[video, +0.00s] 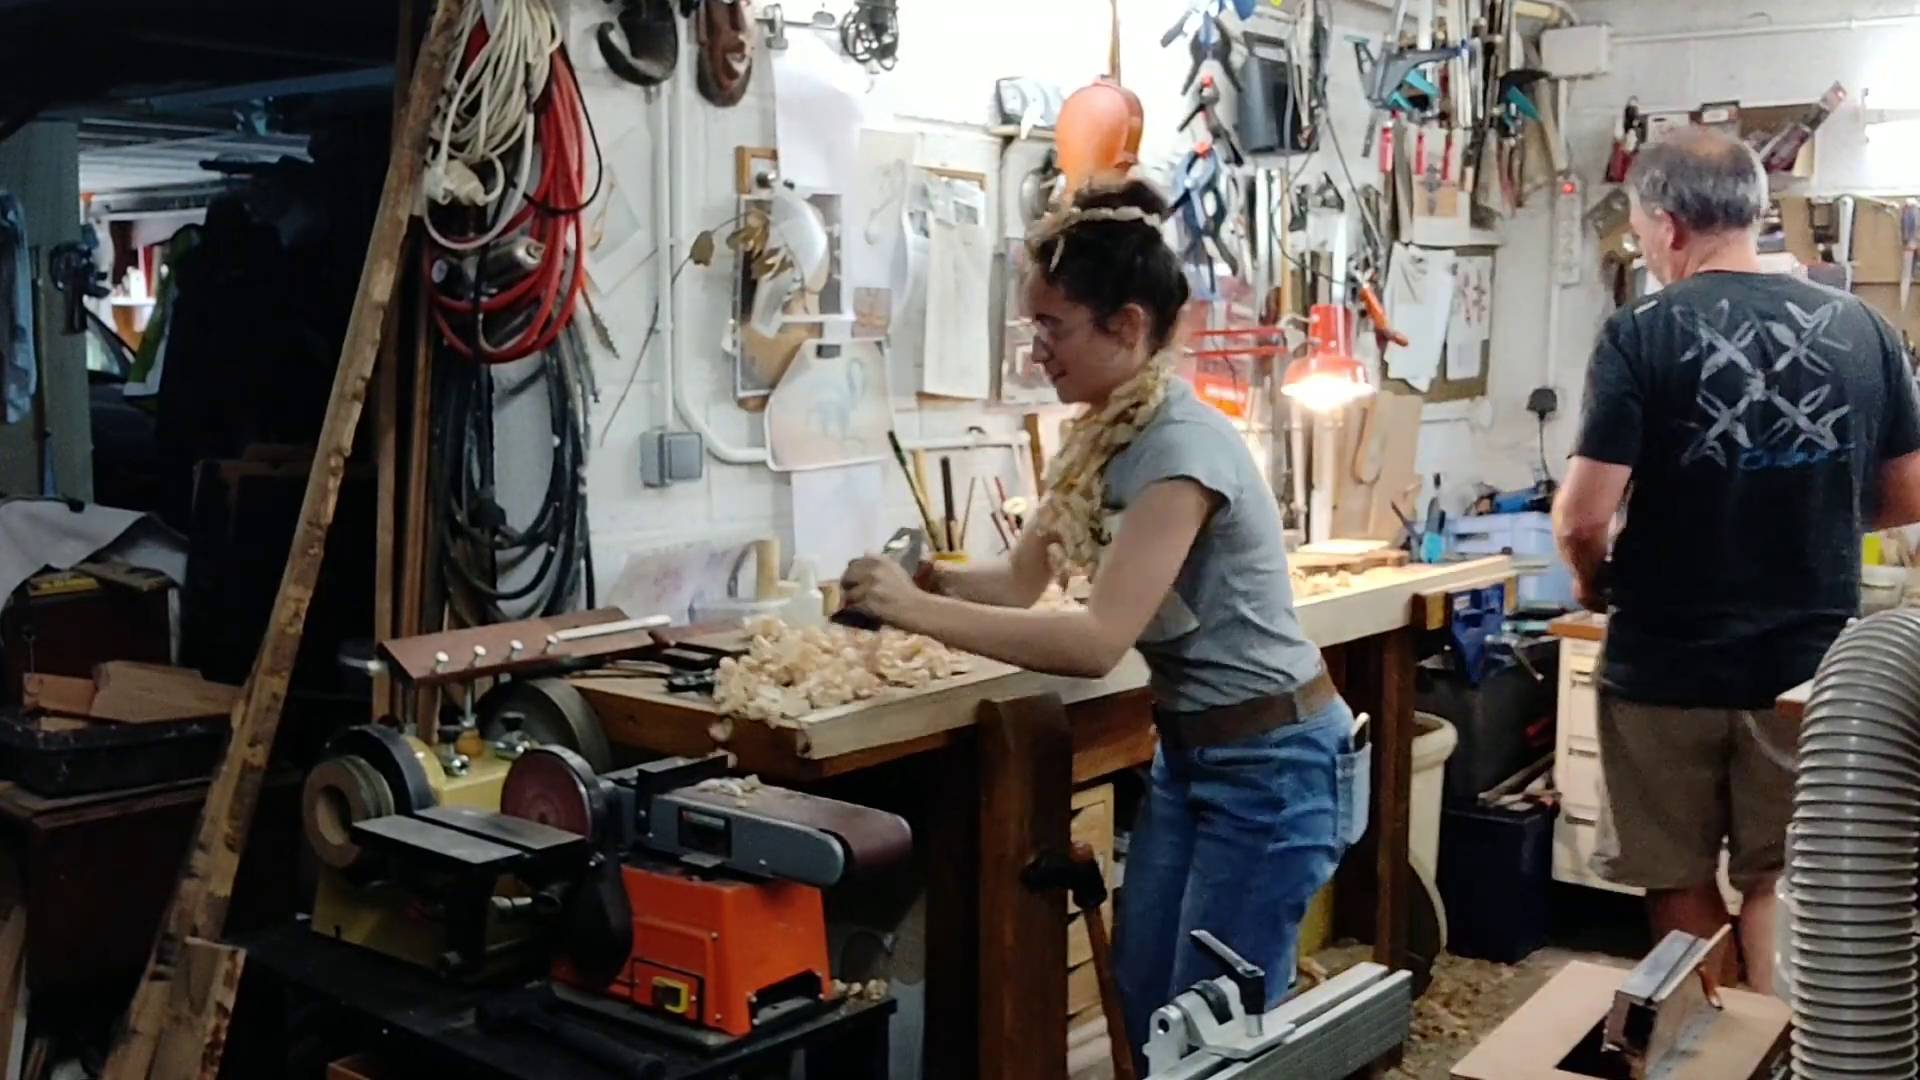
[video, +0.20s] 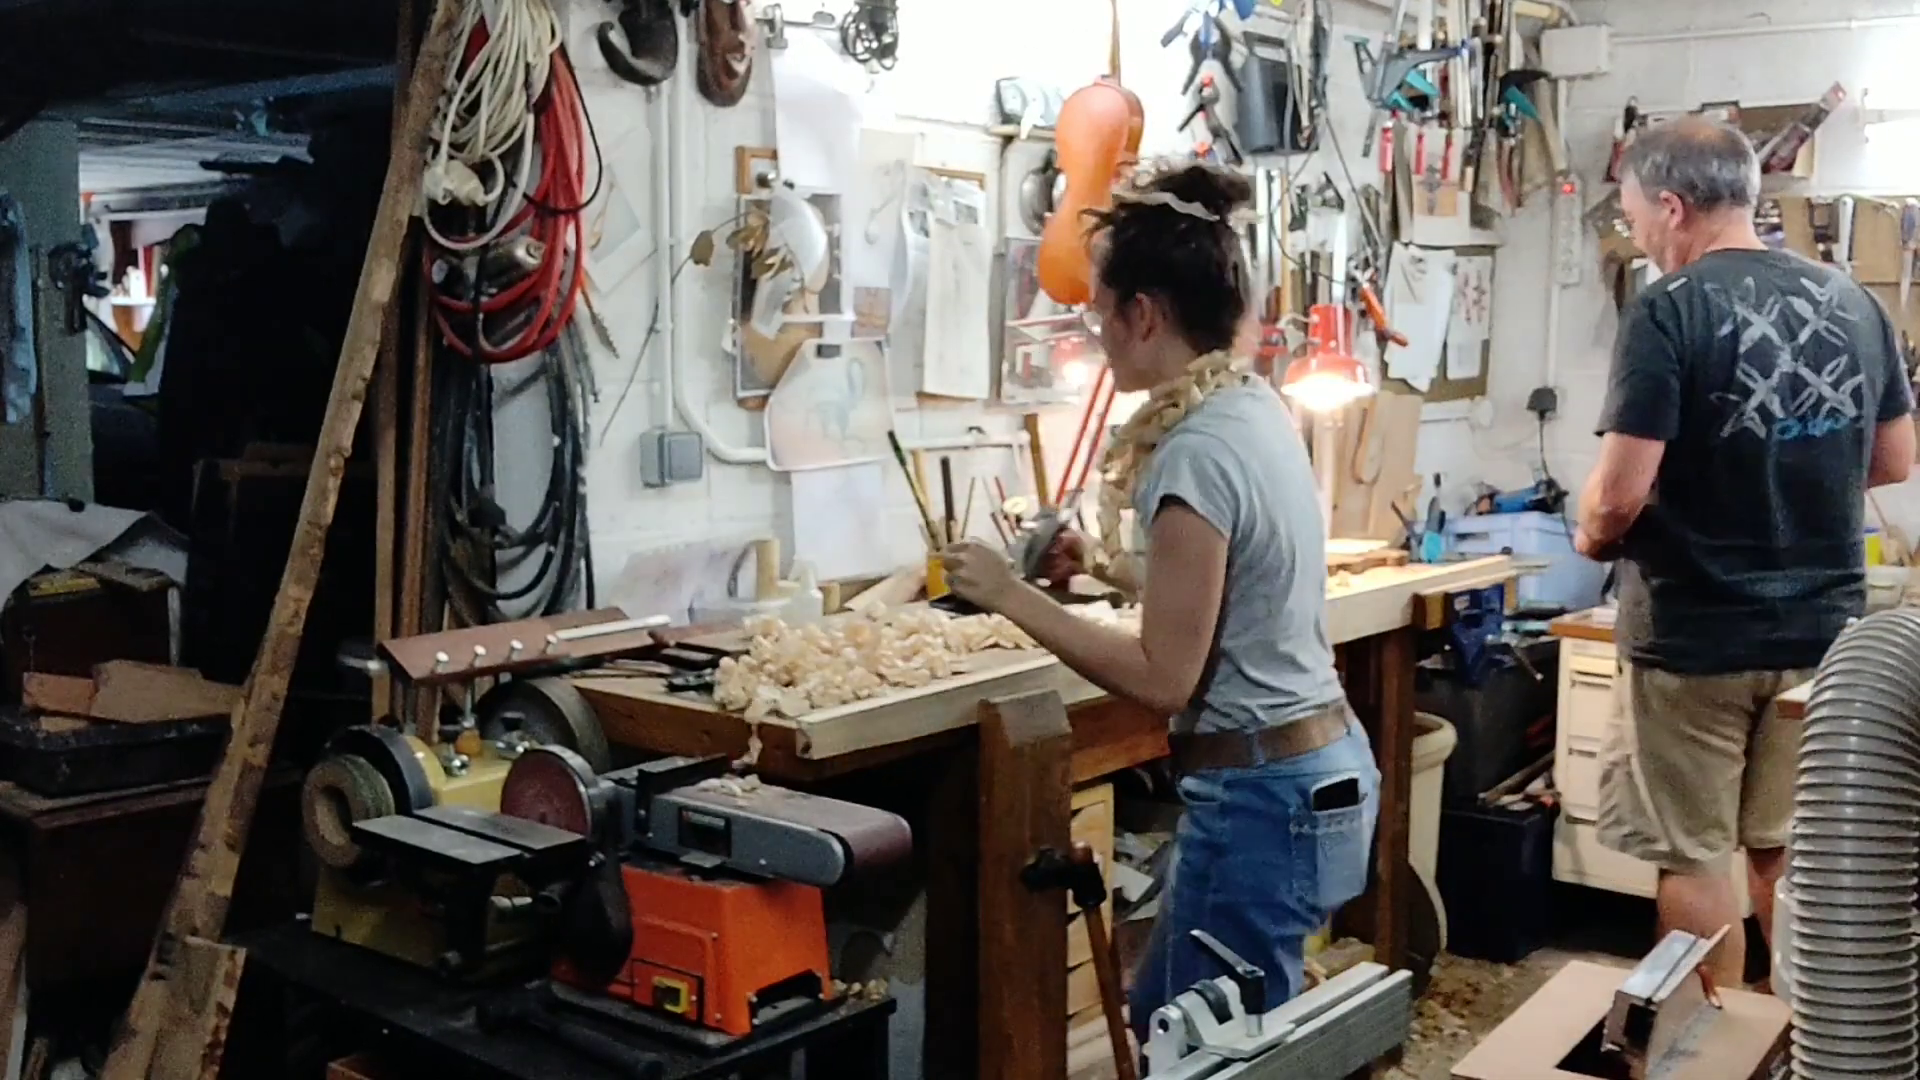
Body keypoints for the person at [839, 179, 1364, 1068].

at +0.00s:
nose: (1035, 350)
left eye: (1051, 328)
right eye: (1032, 328)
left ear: (1128, 326)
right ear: (1111, 329)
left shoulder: (1182, 446)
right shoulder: (1099, 444)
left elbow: (1096, 642)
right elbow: (1019, 583)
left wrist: (918, 608)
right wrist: (921, 582)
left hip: (1273, 763)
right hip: (1185, 757)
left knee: (1210, 1029)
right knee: (1139, 1007)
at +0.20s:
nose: (1092, 330)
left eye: (1096, 307)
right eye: (1090, 308)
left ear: (1142, 312)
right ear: (1211, 309)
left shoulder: (1199, 448)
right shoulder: (1255, 412)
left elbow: (1163, 680)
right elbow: (1234, 601)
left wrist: (1011, 594)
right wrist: (1098, 565)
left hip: (1262, 795)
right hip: (1315, 767)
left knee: (1199, 1046)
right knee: (1162, 1005)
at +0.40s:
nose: (1172, 304)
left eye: (1173, 285)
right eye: (1171, 285)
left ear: (1190, 295)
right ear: (1302, 295)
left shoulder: (1174, 449)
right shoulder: (1381, 426)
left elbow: (1157, 668)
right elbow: (1425, 618)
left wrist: (1080, 567)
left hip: (1262, 792)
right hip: (1391, 774)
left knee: (1229, 1047)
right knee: (1287, 1022)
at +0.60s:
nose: (1387, 307)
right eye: (1384, 292)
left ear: (1258, 306)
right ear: (1377, 305)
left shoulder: (1186, 454)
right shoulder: (1447, 447)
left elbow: (1185, 648)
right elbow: (1497, 653)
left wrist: (1268, 592)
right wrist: (1423, 596)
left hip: (1254, 785)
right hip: (1411, 779)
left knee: (1258, 1048)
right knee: (1399, 1034)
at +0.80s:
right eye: (1460, 310)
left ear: (1336, 322)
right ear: (1453, 319)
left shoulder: (1260, 461)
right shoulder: (1505, 462)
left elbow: (1279, 619)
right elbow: (1542, 669)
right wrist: (1482, 598)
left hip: (1303, 772)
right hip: (1462, 774)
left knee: (1302, 1051)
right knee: (1450, 1041)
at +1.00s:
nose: (1555, 306)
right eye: (1551, 291)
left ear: (1427, 308)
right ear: (1535, 306)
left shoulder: (1360, 441)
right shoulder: (1576, 443)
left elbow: (1369, 588)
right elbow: (1607, 645)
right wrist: (1592, 550)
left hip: (1376, 741)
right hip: (1518, 748)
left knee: (1374, 1013)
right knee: (1492, 1030)